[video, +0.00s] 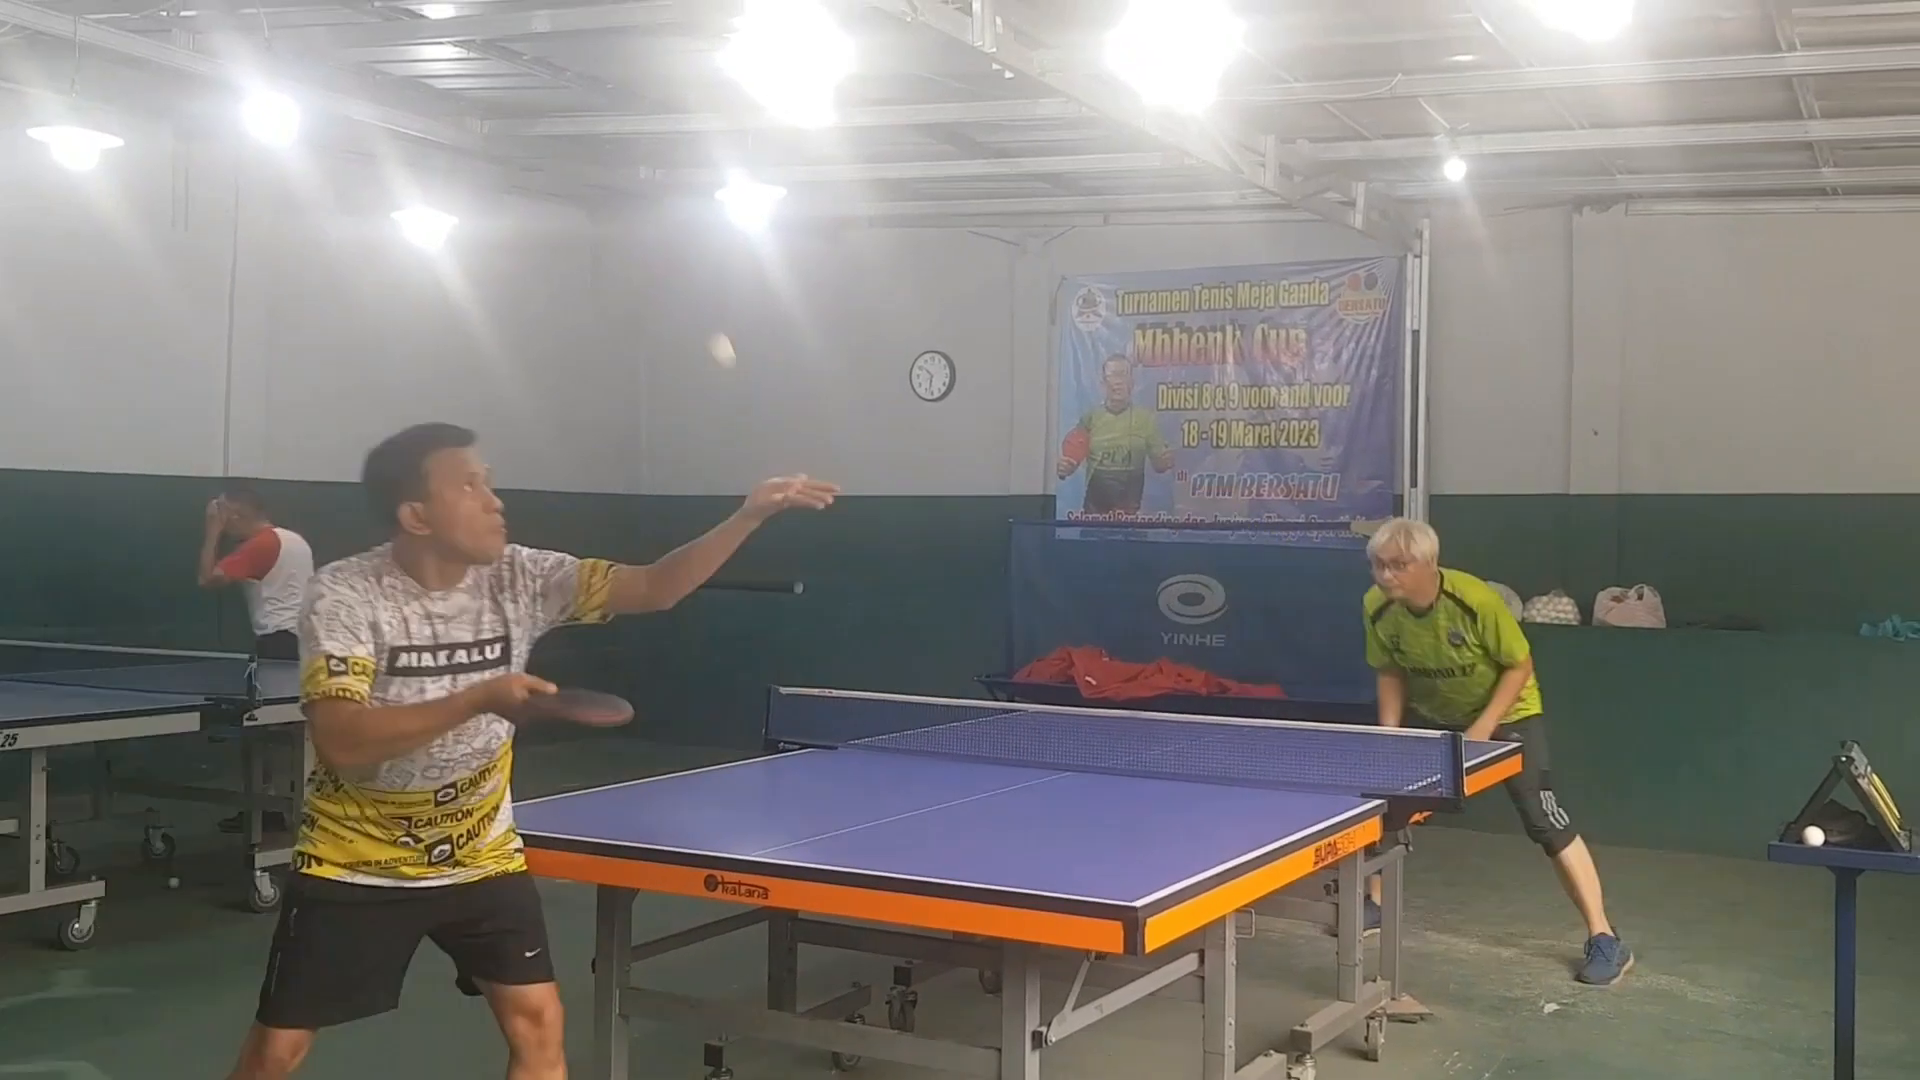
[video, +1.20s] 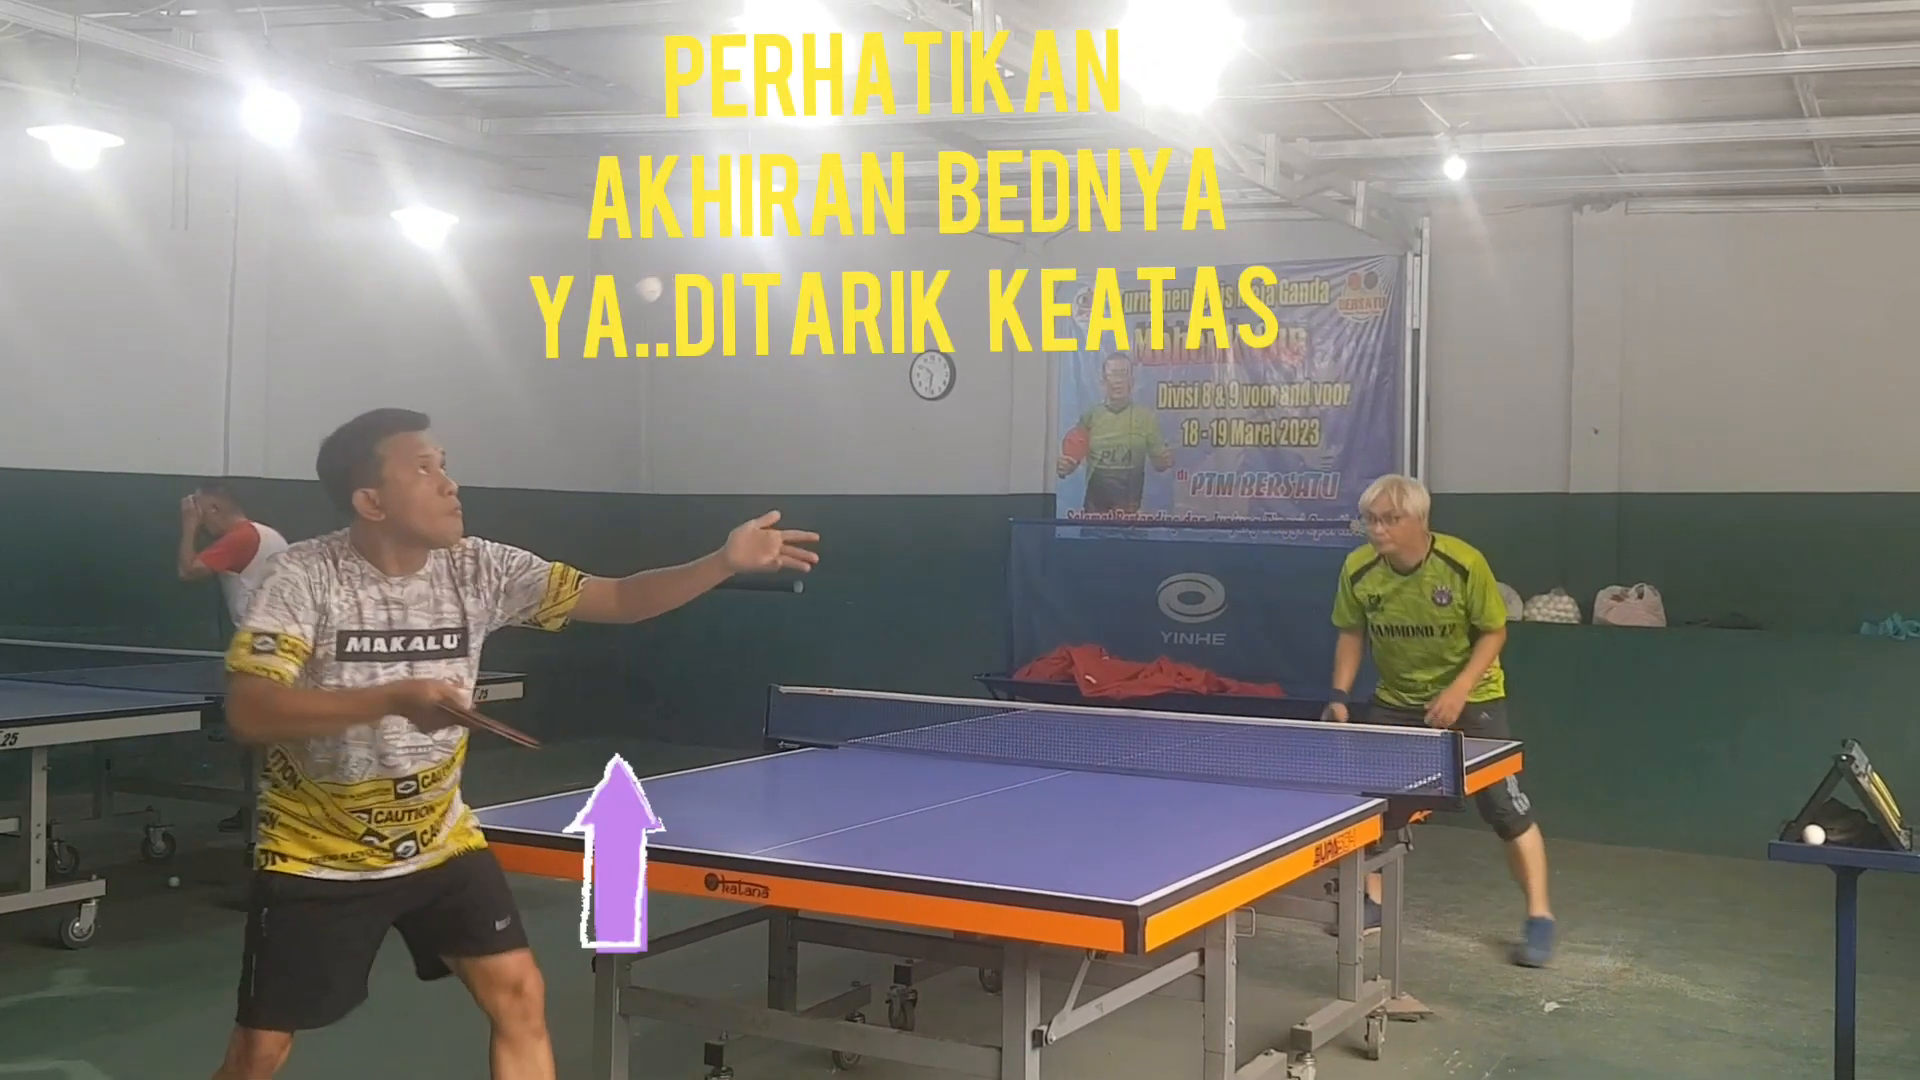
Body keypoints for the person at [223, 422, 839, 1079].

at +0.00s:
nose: (495, 498)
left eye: (489, 482)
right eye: (473, 487)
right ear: (413, 516)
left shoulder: (520, 578)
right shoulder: (348, 592)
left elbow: (653, 586)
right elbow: (340, 740)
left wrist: (752, 513)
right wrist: (477, 699)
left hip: (481, 854)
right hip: (355, 860)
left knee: (537, 1022)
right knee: (275, 1051)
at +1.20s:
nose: (450, 482)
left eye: (444, 467)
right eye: (426, 470)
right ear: (368, 502)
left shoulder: (480, 570)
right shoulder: (297, 578)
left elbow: (620, 598)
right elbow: (249, 710)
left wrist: (726, 560)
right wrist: (395, 698)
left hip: (437, 838)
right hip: (312, 850)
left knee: (519, 994)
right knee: (259, 1053)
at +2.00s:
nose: (474, 498)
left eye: (470, 481)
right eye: (453, 485)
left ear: (464, 497)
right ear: (391, 509)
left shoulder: (498, 577)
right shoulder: (314, 563)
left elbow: (633, 606)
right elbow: (190, 624)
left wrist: (737, 562)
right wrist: (327, 615)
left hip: (431, 825)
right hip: (311, 840)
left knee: (540, 959)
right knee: (256, 1047)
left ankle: (443, 1071)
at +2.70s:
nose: (537, 535)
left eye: (541, 516)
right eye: (518, 516)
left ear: (544, 522)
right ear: (459, 525)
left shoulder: (552, 596)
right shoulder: (389, 558)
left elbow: (682, 608)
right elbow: (246, 553)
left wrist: (737, 534)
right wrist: (371, 611)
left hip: (453, 839)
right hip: (337, 843)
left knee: (558, 979)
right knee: (265, 1049)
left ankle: (450, 1070)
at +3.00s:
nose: (592, 563)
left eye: (596, 547)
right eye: (579, 545)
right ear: (518, 543)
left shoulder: (578, 612)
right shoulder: (442, 563)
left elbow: (685, 623)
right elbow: (325, 580)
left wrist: (698, 527)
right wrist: (444, 671)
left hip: (471, 855)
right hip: (358, 854)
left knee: (569, 1020)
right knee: (275, 1057)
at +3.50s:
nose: (659, 617)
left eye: (666, 600)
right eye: (654, 595)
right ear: (602, 575)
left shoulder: (612, 661)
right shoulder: (490, 591)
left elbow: (696, 690)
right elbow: (366, 662)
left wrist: (687, 566)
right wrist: (502, 616)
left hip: (502, 889)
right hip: (394, 883)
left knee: (606, 1031)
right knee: (333, 1068)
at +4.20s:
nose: (696, 640)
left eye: (700, 626)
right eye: (696, 621)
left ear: (651, 614)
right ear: (655, 613)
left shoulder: (638, 690)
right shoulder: (522, 617)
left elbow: (716, 755)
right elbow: (390, 701)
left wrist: (738, 653)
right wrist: (467, 626)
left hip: (510, 895)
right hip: (413, 884)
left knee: (620, 1033)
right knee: (394, 1073)